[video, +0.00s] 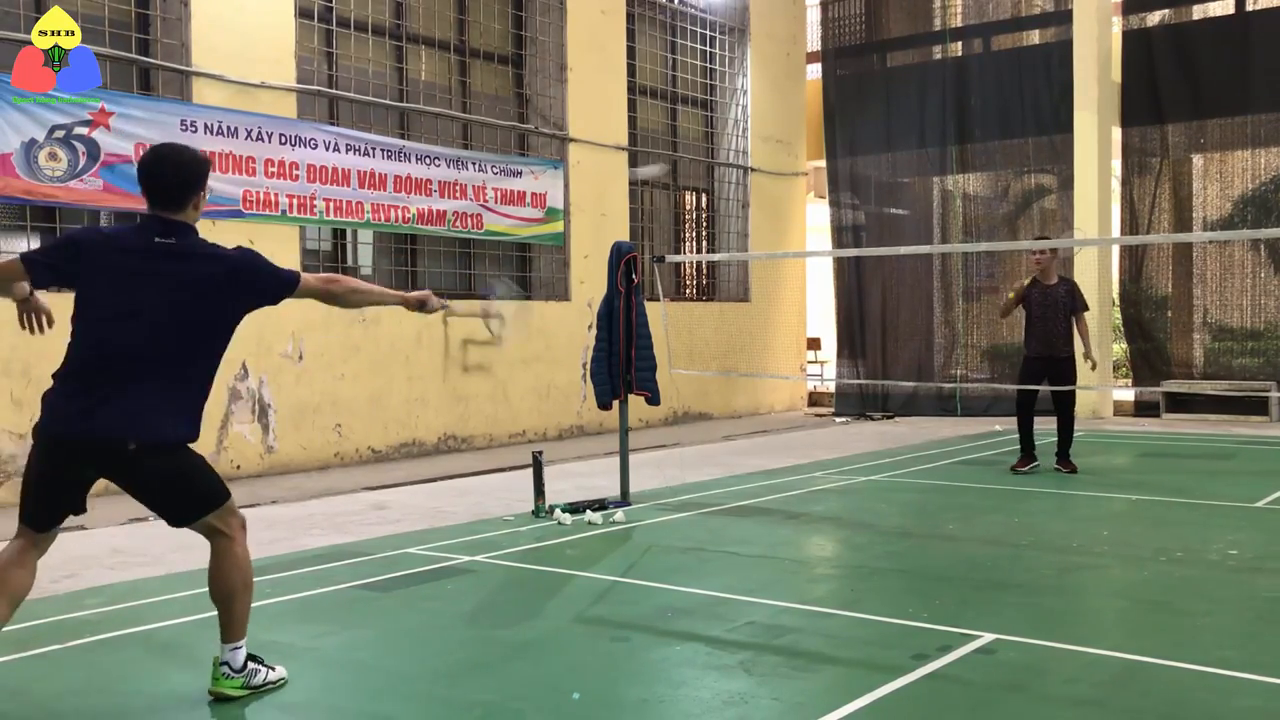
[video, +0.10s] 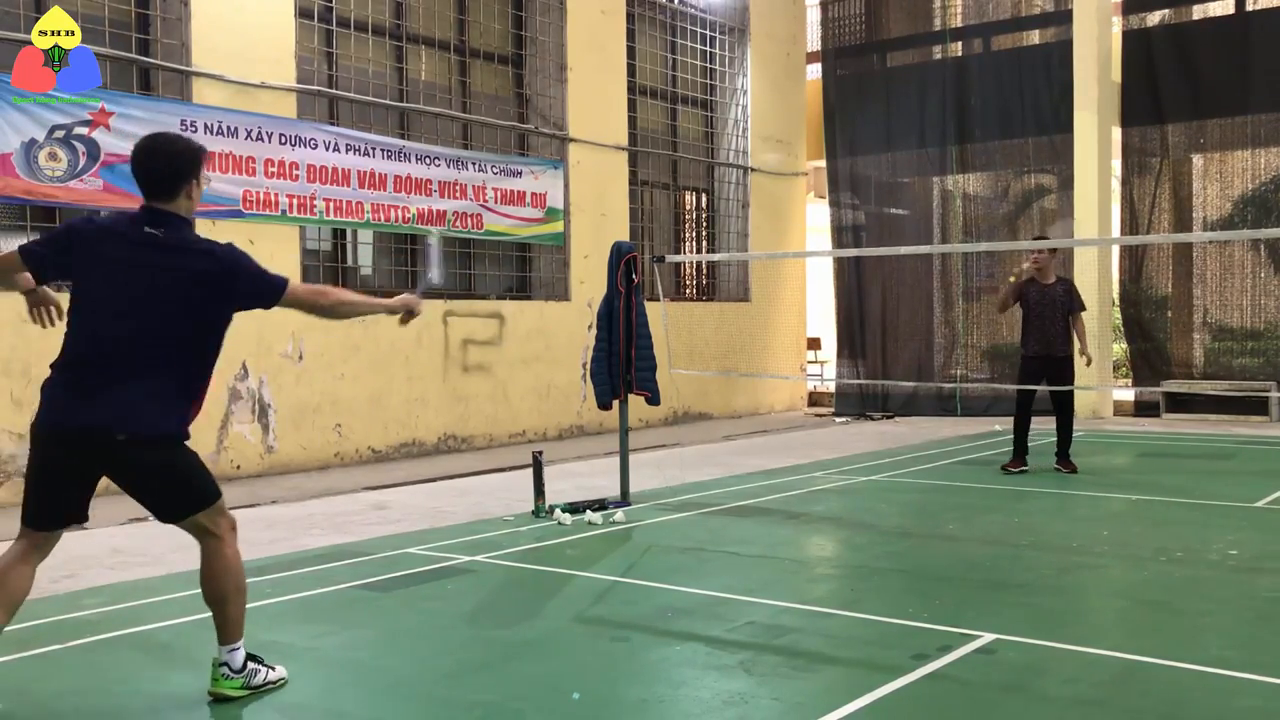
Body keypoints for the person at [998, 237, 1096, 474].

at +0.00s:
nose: (1036, 257)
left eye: (1042, 253)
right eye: (1033, 253)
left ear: (1053, 255)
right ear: (1029, 257)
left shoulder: (1068, 286)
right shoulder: (1027, 287)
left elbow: (1080, 319)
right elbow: (1003, 313)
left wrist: (1088, 350)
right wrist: (1015, 294)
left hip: (1063, 357)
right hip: (1034, 356)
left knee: (1065, 409)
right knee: (1023, 404)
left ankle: (1063, 458)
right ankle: (1027, 455)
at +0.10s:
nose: (1034, 256)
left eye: (1040, 252)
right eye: (1032, 252)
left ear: (1052, 255)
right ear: (1029, 257)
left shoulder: (1066, 286)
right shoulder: (1025, 285)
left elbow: (1076, 318)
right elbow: (1002, 307)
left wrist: (1084, 347)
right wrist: (1016, 279)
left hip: (1061, 357)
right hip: (1032, 356)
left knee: (1064, 409)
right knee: (1022, 407)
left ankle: (1063, 458)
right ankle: (1018, 457)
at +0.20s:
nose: (1028, 255)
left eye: (1034, 251)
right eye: (1026, 251)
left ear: (1047, 255)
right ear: (1024, 256)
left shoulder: (1062, 285)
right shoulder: (1021, 285)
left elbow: (1073, 317)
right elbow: (994, 296)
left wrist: (1081, 343)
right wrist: (997, 272)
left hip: (1058, 356)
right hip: (1029, 356)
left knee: (1063, 410)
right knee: (1021, 409)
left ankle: (1063, 458)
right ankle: (1018, 459)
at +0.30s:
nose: (1021, 254)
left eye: (1027, 251)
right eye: (1021, 251)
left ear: (1041, 255)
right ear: (1021, 256)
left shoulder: (1057, 285)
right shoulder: (1016, 284)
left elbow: (1069, 317)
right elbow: (988, 285)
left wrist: (1082, 345)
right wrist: (972, 266)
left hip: (1054, 355)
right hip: (1025, 355)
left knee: (1061, 408)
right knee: (1019, 408)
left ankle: (1063, 458)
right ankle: (1018, 459)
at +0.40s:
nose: (1018, 256)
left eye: (1023, 252)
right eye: (1017, 252)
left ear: (1038, 255)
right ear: (1018, 257)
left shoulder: (1053, 285)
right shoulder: (1010, 285)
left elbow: (1067, 318)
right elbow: (980, 285)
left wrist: (1080, 347)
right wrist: (955, 279)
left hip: (1049, 355)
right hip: (1021, 355)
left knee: (1059, 407)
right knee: (1016, 409)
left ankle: (1062, 455)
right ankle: (1018, 459)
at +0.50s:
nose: (1018, 255)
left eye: (1023, 251)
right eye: (1017, 252)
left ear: (1037, 255)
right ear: (1017, 257)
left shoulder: (1052, 286)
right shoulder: (1008, 287)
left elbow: (1065, 321)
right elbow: (983, 308)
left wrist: (1077, 351)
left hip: (1044, 357)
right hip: (1016, 358)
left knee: (1054, 407)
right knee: (1013, 411)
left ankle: (1060, 452)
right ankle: (1017, 459)